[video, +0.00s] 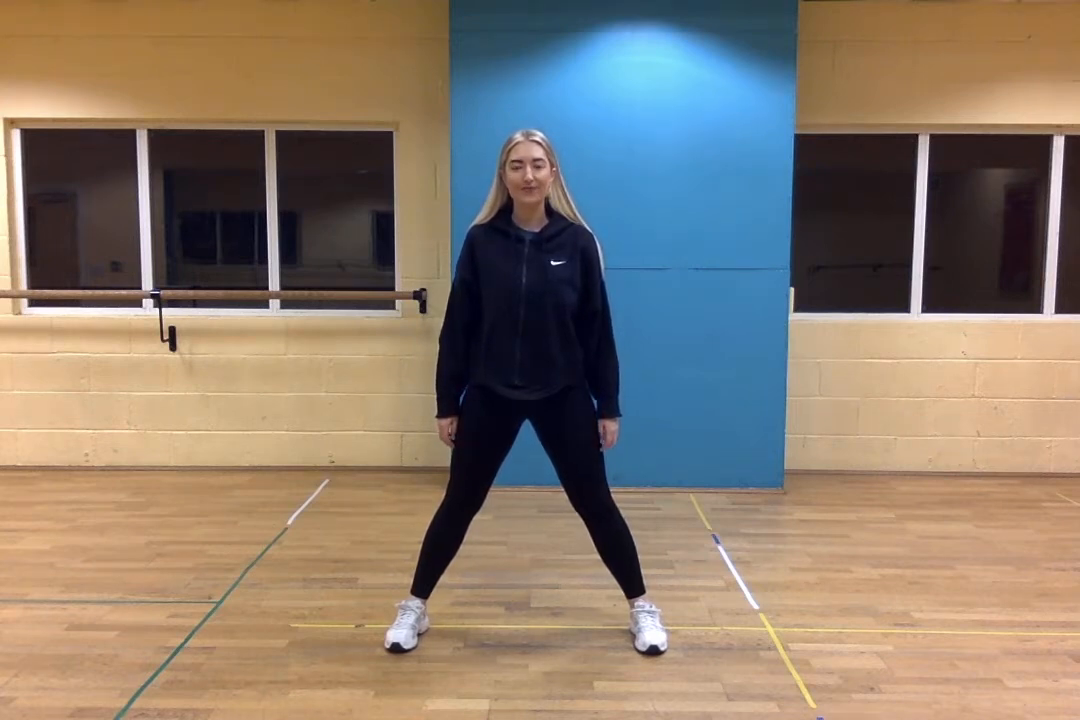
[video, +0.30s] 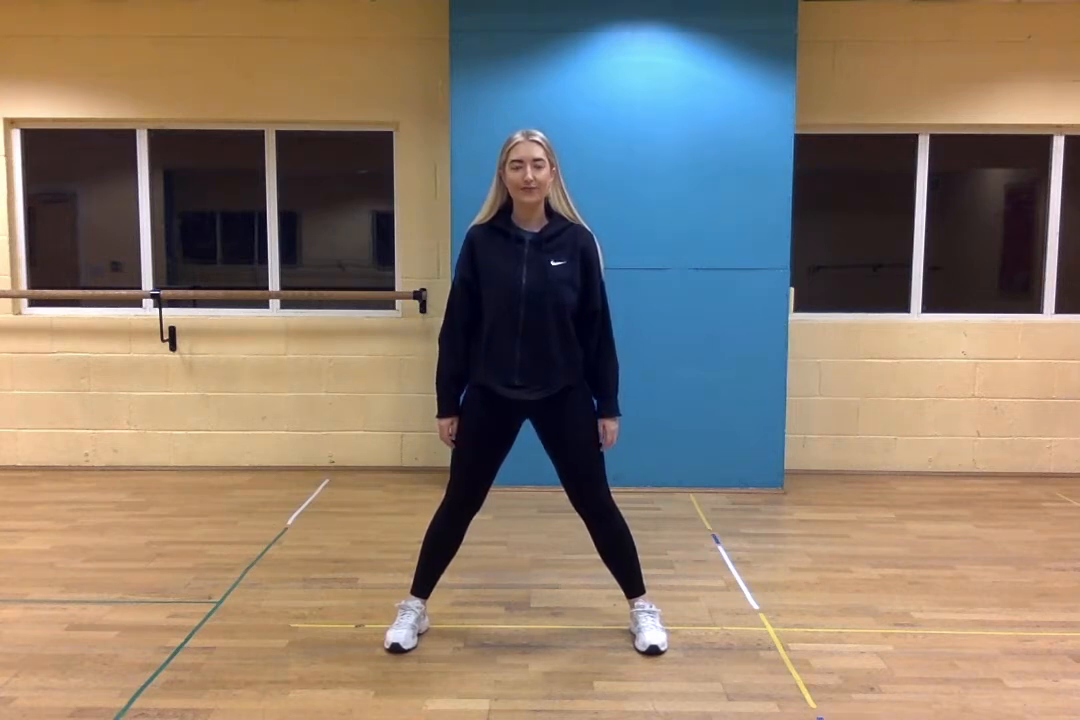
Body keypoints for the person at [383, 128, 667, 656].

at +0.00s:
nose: (528, 173)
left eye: (537, 164)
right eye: (517, 165)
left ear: (553, 172)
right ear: (504, 175)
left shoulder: (578, 240)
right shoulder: (482, 238)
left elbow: (597, 325)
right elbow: (458, 321)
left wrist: (608, 405)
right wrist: (448, 402)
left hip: (563, 394)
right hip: (491, 393)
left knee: (595, 503)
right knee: (460, 501)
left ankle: (641, 607)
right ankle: (414, 606)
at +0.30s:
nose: (528, 173)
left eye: (537, 164)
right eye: (517, 165)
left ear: (552, 172)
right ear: (503, 175)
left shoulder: (578, 239)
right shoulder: (481, 238)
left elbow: (597, 325)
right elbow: (457, 322)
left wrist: (608, 405)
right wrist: (448, 402)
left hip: (563, 394)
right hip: (492, 394)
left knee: (595, 503)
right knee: (459, 501)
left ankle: (641, 607)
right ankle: (413, 606)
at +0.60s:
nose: (529, 174)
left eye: (538, 165)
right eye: (518, 165)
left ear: (553, 173)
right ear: (504, 175)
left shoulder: (578, 240)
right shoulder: (482, 238)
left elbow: (597, 324)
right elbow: (458, 322)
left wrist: (608, 405)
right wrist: (448, 402)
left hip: (563, 394)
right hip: (492, 394)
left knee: (595, 503)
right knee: (460, 501)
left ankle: (641, 607)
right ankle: (414, 606)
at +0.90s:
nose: (529, 174)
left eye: (539, 165)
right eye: (519, 166)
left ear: (553, 173)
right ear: (504, 176)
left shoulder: (579, 240)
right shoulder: (482, 238)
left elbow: (597, 324)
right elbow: (458, 321)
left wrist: (608, 404)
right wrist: (448, 402)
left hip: (562, 394)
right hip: (491, 393)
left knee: (594, 502)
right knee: (460, 500)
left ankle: (641, 607)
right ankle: (414, 606)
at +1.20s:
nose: (530, 174)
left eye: (539, 165)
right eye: (519, 166)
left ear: (554, 174)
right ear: (505, 176)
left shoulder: (579, 240)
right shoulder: (482, 238)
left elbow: (597, 324)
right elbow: (458, 321)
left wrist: (608, 404)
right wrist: (447, 402)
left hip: (561, 394)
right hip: (490, 393)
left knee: (594, 503)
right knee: (459, 500)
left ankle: (641, 607)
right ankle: (414, 606)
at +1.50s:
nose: (531, 175)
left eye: (540, 165)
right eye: (520, 166)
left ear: (554, 174)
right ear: (505, 176)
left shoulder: (579, 240)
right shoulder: (482, 238)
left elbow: (597, 325)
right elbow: (457, 321)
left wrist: (608, 404)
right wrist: (447, 402)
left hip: (561, 394)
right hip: (490, 394)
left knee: (594, 503)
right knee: (459, 501)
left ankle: (641, 607)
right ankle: (414, 606)